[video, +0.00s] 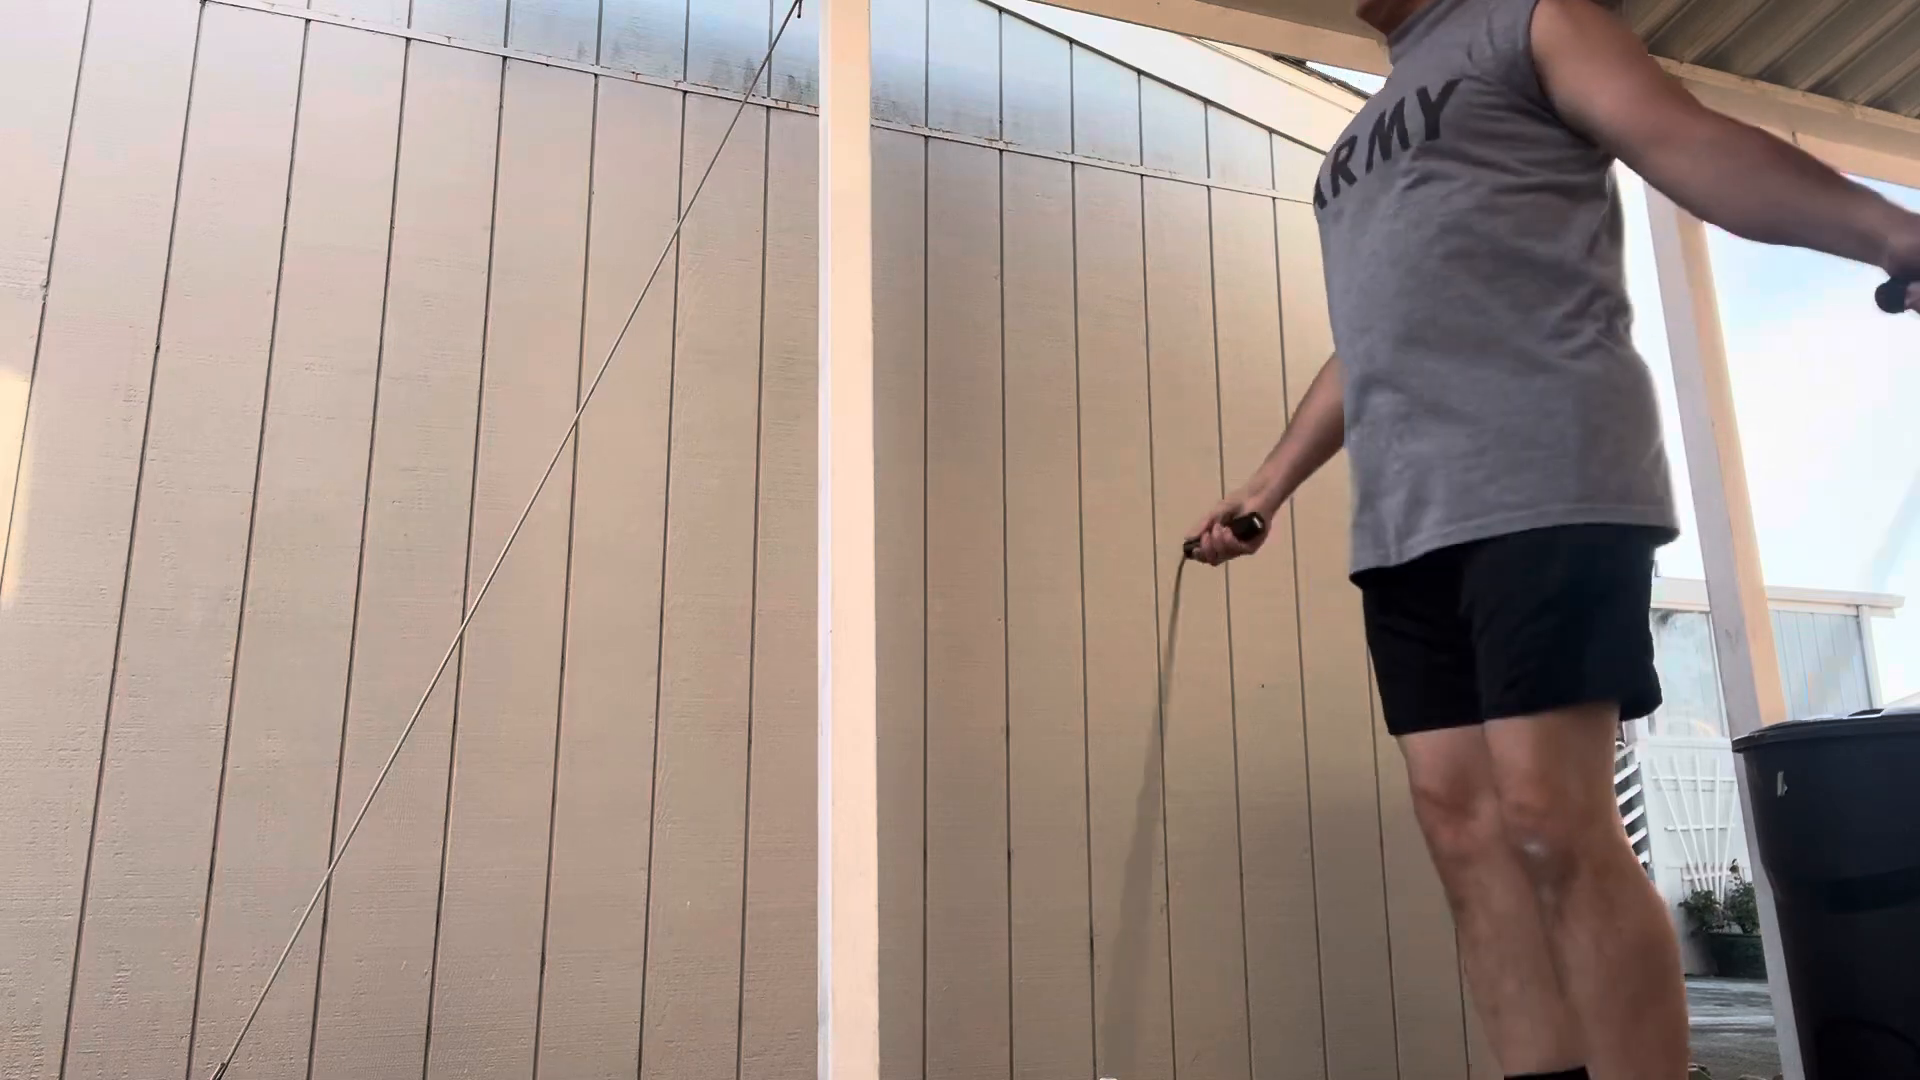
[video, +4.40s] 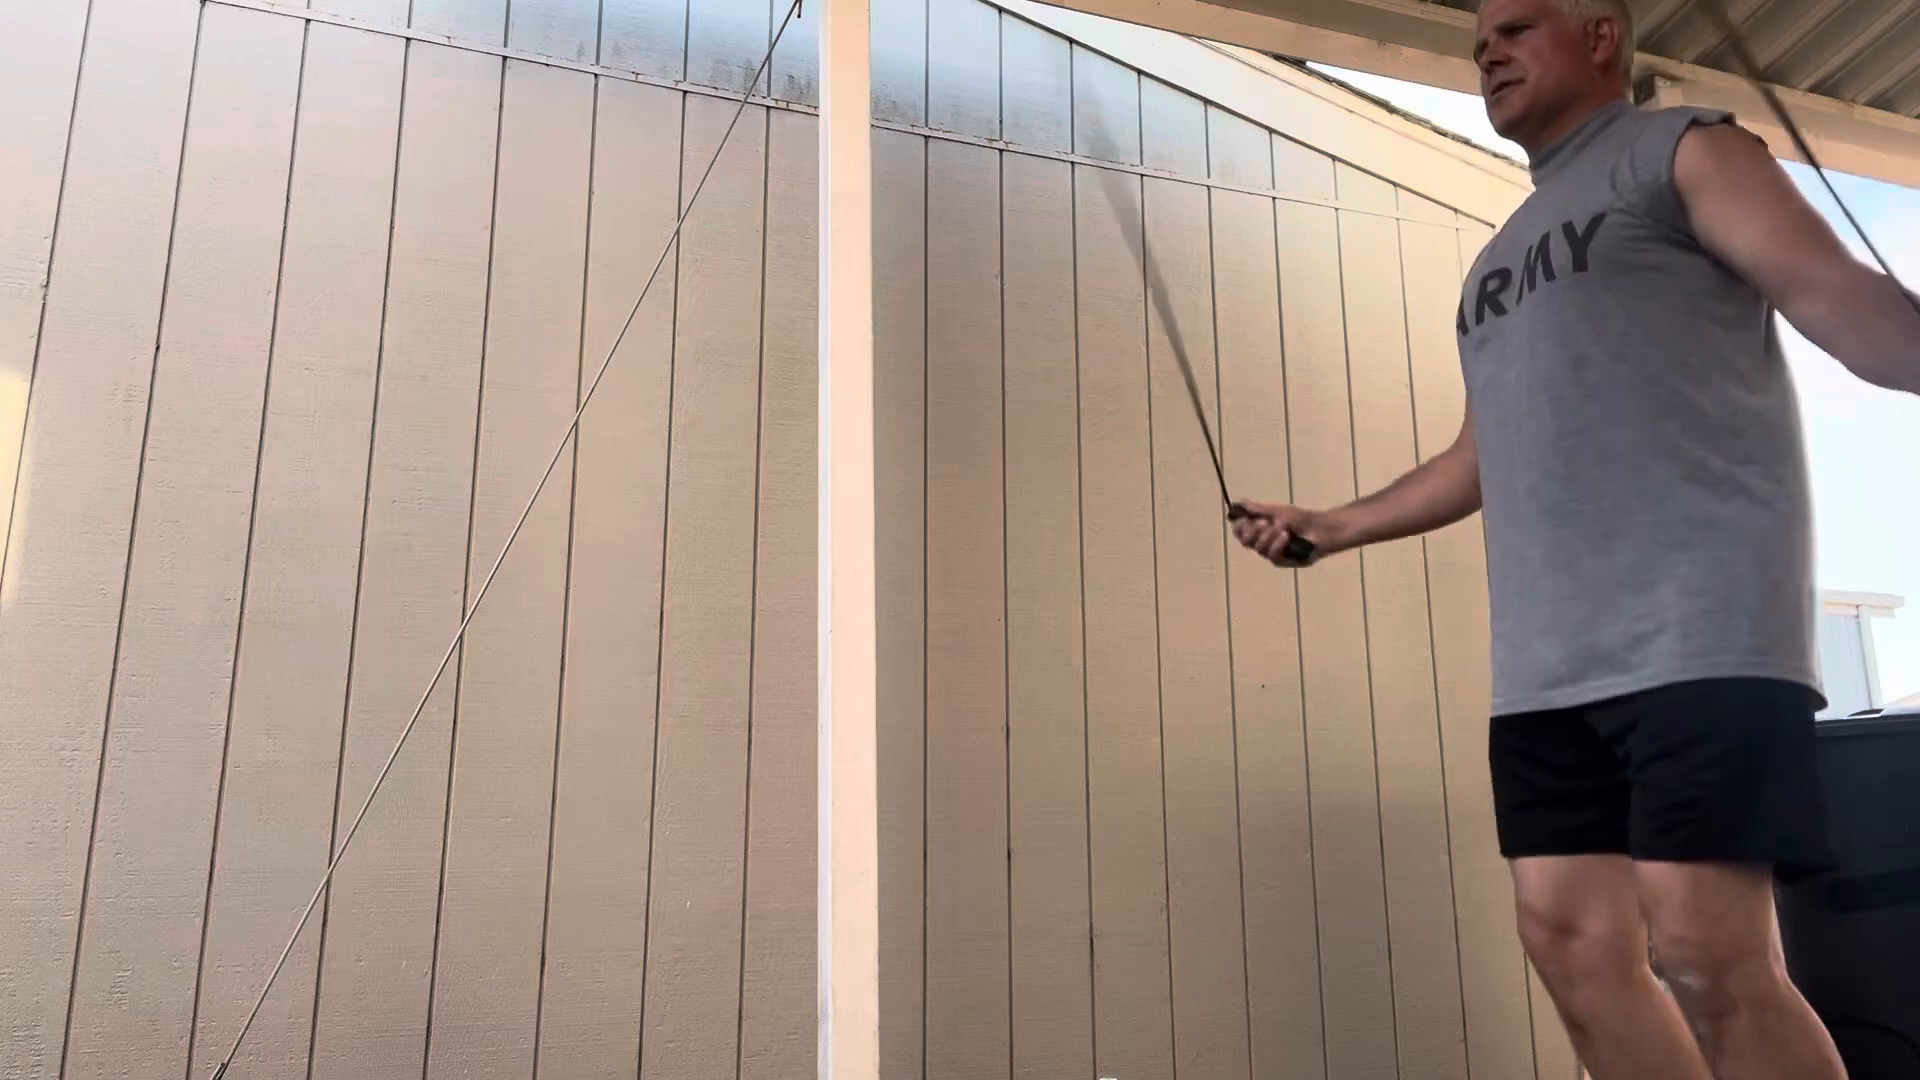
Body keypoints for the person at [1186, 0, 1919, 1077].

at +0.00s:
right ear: (1378, 2)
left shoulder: (1526, 19)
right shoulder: (1352, 151)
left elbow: (1686, 141)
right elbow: (1366, 348)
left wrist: (1896, 237)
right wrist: (1265, 485)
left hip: (1547, 475)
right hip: (1402, 510)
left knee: (1555, 819)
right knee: (1456, 819)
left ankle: (1642, 1070)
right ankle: (1540, 1069)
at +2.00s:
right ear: (1447, 33)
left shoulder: (1627, 77)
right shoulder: (1441, 202)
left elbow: (1753, 218)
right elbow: (1437, 394)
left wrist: (1908, 337)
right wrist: (1319, 523)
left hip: (1626, 535)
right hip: (1479, 562)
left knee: (1652, 858)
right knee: (1541, 864)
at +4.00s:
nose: (1479, 18)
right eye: (1472, 8)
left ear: (1591, 7)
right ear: (1479, 45)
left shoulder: (1679, 106)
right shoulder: (1488, 226)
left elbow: (1810, 252)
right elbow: (1481, 419)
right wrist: (1358, 539)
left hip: (1692, 577)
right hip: (1537, 605)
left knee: (1724, 908)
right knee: (1597, 900)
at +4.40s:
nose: (1488, 55)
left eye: (1515, 30)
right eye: (1480, 42)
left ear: (1600, 40)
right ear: (1483, 70)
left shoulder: (1685, 147)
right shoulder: (1494, 265)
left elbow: (1827, 286)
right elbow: (1481, 457)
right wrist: (1329, 526)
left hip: (1705, 623)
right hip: (1544, 648)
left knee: (1712, 948)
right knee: (1571, 940)